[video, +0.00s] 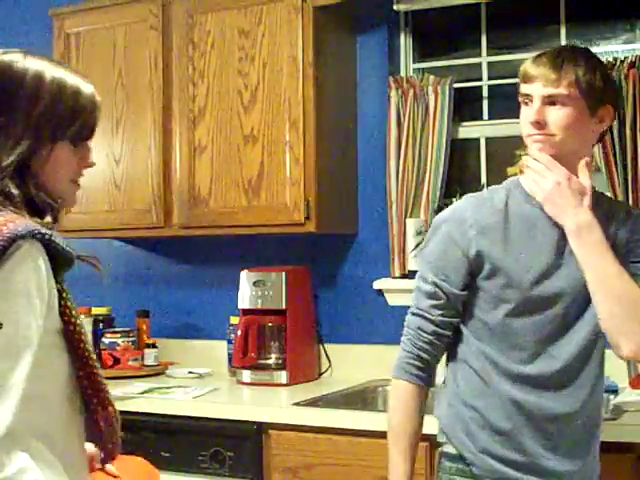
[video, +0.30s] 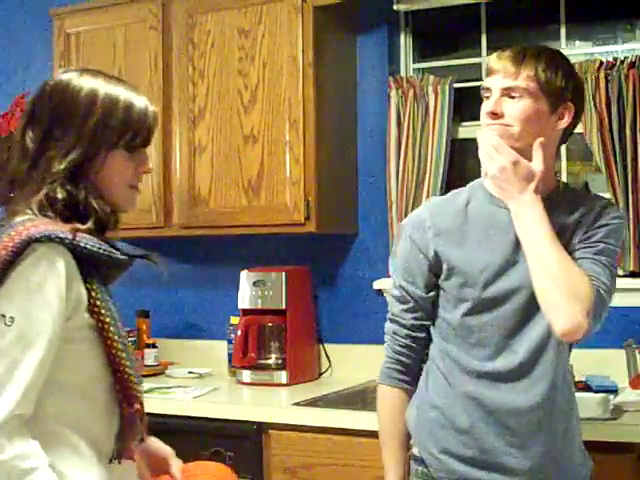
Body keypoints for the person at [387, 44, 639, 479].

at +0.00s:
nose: (534, 118)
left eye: (555, 102)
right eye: (526, 102)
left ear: (601, 120)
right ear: (518, 110)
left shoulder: (622, 227)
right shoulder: (468, 222)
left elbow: (631, 343)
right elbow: (414, 362)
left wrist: (577, 220)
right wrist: (400, 475)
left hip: (573, 466)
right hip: (473, 461)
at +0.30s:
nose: (491, 108)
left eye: (513, 95)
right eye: (487, 95)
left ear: (562, 116)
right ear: (480, 106)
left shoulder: (594, 217)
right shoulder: (430, 225)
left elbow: (572, 321)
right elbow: (399, 364)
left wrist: (521, 198)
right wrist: (395, 473)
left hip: (549, 462)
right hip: (445, 460)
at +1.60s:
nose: (542, 127)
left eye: (560, 114)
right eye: (532, 112)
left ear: (597, 125)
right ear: (516, 123)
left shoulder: (619, 222)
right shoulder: (458, 221)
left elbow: (533, 279)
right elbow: (434, 332)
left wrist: (483, 162)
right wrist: (411, 435)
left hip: (552, 462)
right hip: (450, 457)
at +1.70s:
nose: (604, 142)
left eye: (621, 130)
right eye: (593, 120)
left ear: (631, 140)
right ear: (555, 112)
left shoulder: (623, 225)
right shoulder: (463, 212)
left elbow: (540, 272)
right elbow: (428, 341)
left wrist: (445, 191)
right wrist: (411, 460)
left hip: (558, 463)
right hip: (452, 459)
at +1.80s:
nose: (630, 151)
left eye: (639, 136)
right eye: (622, 126)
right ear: (578, 113)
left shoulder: (626, 229)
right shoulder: (467, 209)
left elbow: (557, 288)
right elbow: (419, 346)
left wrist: (456, 230)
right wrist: (398, 468)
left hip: (562, 466)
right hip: (455, 461)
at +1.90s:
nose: (633, 147)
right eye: (625, 124)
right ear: (583, 115)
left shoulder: (626, 236)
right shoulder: (473, 210)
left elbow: (593, 319)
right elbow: (417, 341)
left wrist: (484, 245)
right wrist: (386, 465)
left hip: (564, 466)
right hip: (459, 462)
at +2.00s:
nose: (619, 141)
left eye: (637, 132)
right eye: (611, 118)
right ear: (580, 116)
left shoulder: (629, 244)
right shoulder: (477, 211)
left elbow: (629, 357)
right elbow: (416, 337)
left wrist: (526, 272)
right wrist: (381, 456)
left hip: (566, 469)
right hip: (459, 463)